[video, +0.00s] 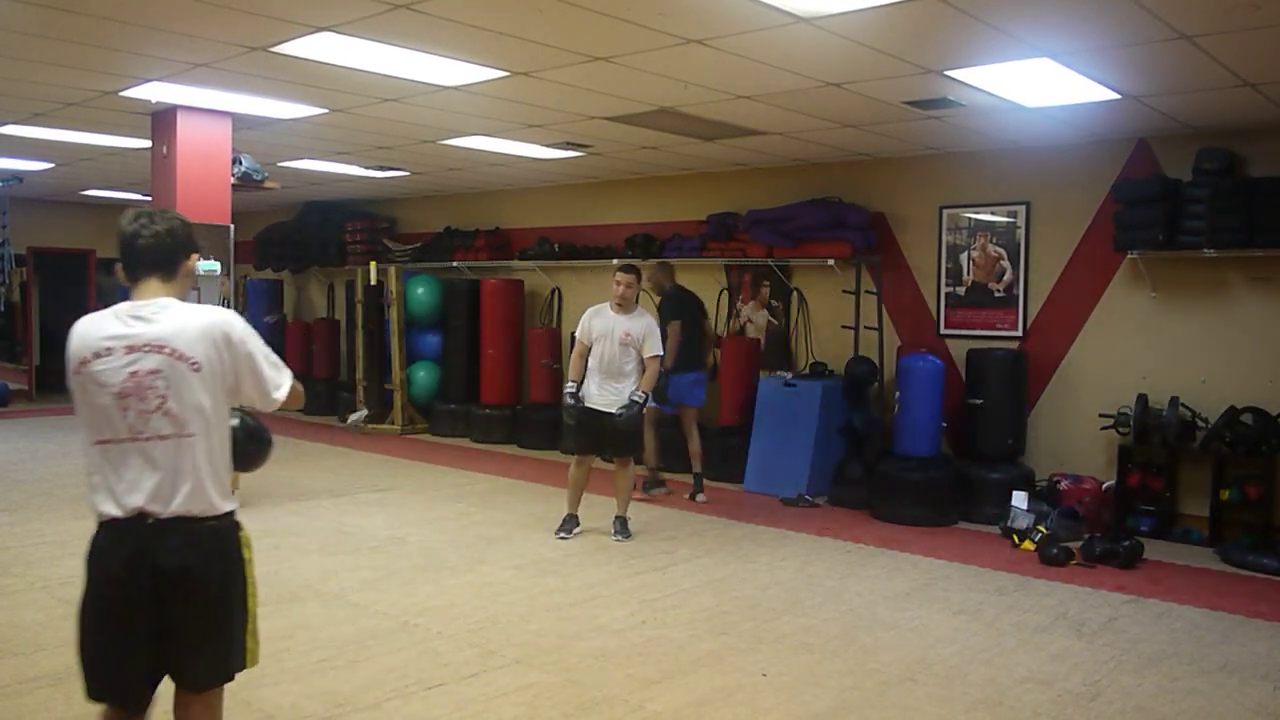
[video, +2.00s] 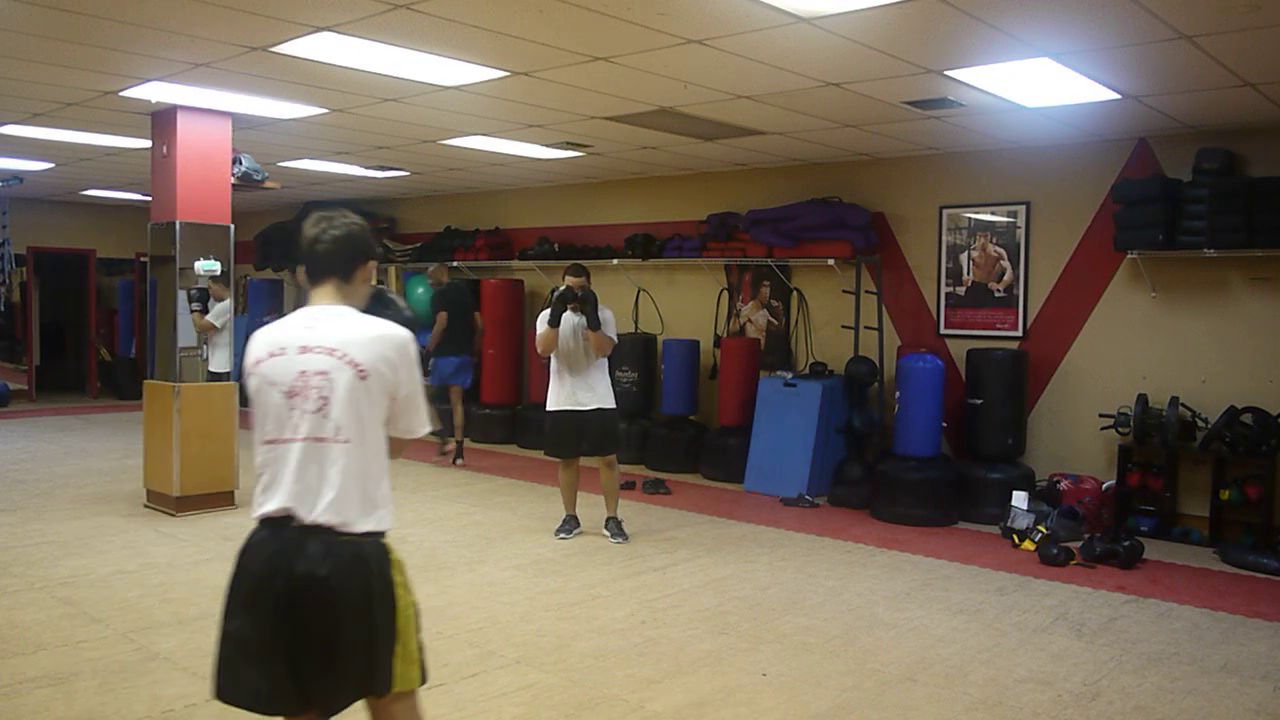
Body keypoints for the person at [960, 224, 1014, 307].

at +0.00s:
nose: (982, 241)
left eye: (986, 237)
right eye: (979, 236)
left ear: (990, 237)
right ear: (976, 237)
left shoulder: (999, 253)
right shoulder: (971, 252)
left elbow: (1009, 272)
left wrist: (1000, 286)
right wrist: (967, 278)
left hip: (989, 287)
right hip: (974, 286)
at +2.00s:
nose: (982, 241)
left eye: (985, 237)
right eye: (979, 237)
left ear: (990, 237)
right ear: (976, 237)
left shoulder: (999, 252)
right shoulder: (971, 252)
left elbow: (1009, 272)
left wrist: (1000, 286)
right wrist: (965, 278)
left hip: (990, 288)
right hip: (975, 287)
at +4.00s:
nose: (983, 241)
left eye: (985, 237)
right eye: (979, 237)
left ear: (990, 237)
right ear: (975, 237)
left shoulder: (998, 252)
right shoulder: (971, 253)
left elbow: (1009, 272)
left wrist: (1000, 286)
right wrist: (966, 279)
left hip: (992, 288)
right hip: (975, 287)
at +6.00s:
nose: (983, 241)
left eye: (985, 237)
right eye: (979, 237)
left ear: (990, 237)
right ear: (975, 237)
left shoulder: (998, 252)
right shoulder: (971, 253)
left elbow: (1009, 272)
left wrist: (1000, 286)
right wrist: (966, 279)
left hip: (992, 288)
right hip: (975, 287)